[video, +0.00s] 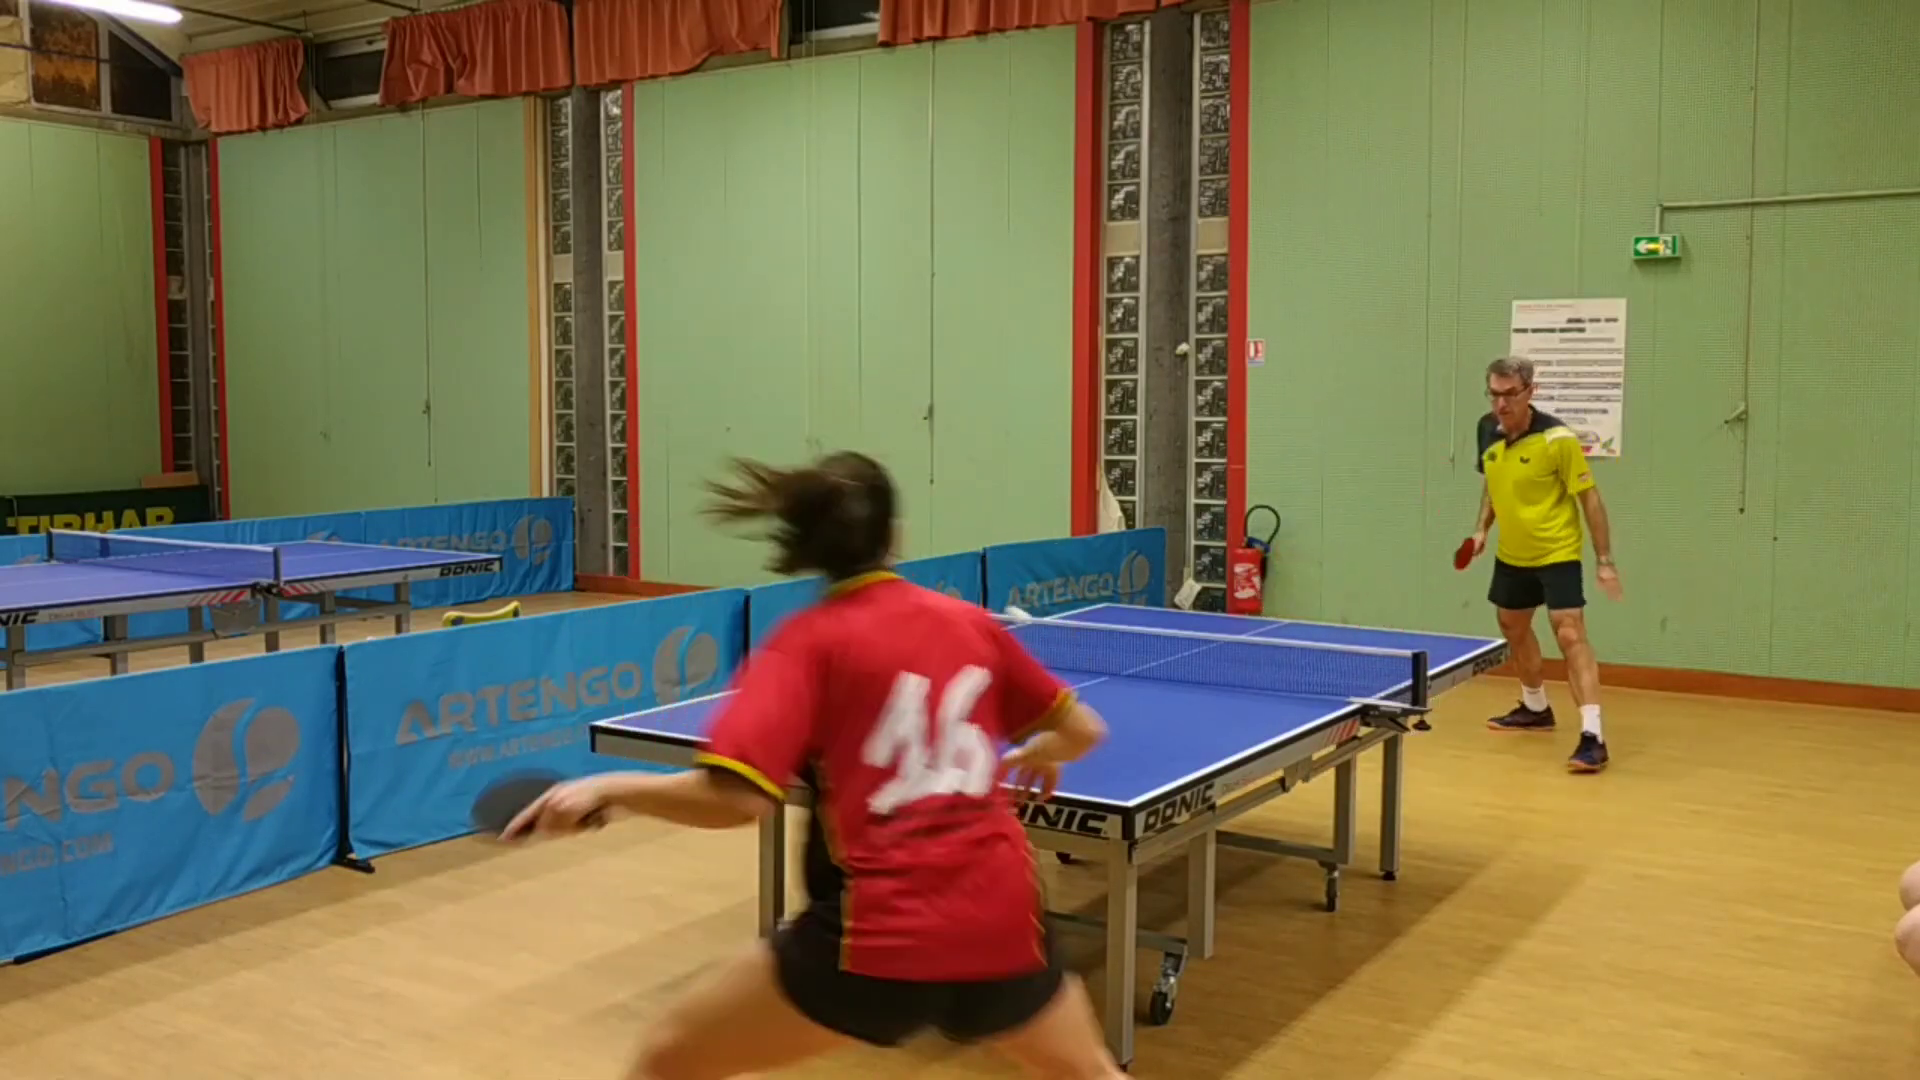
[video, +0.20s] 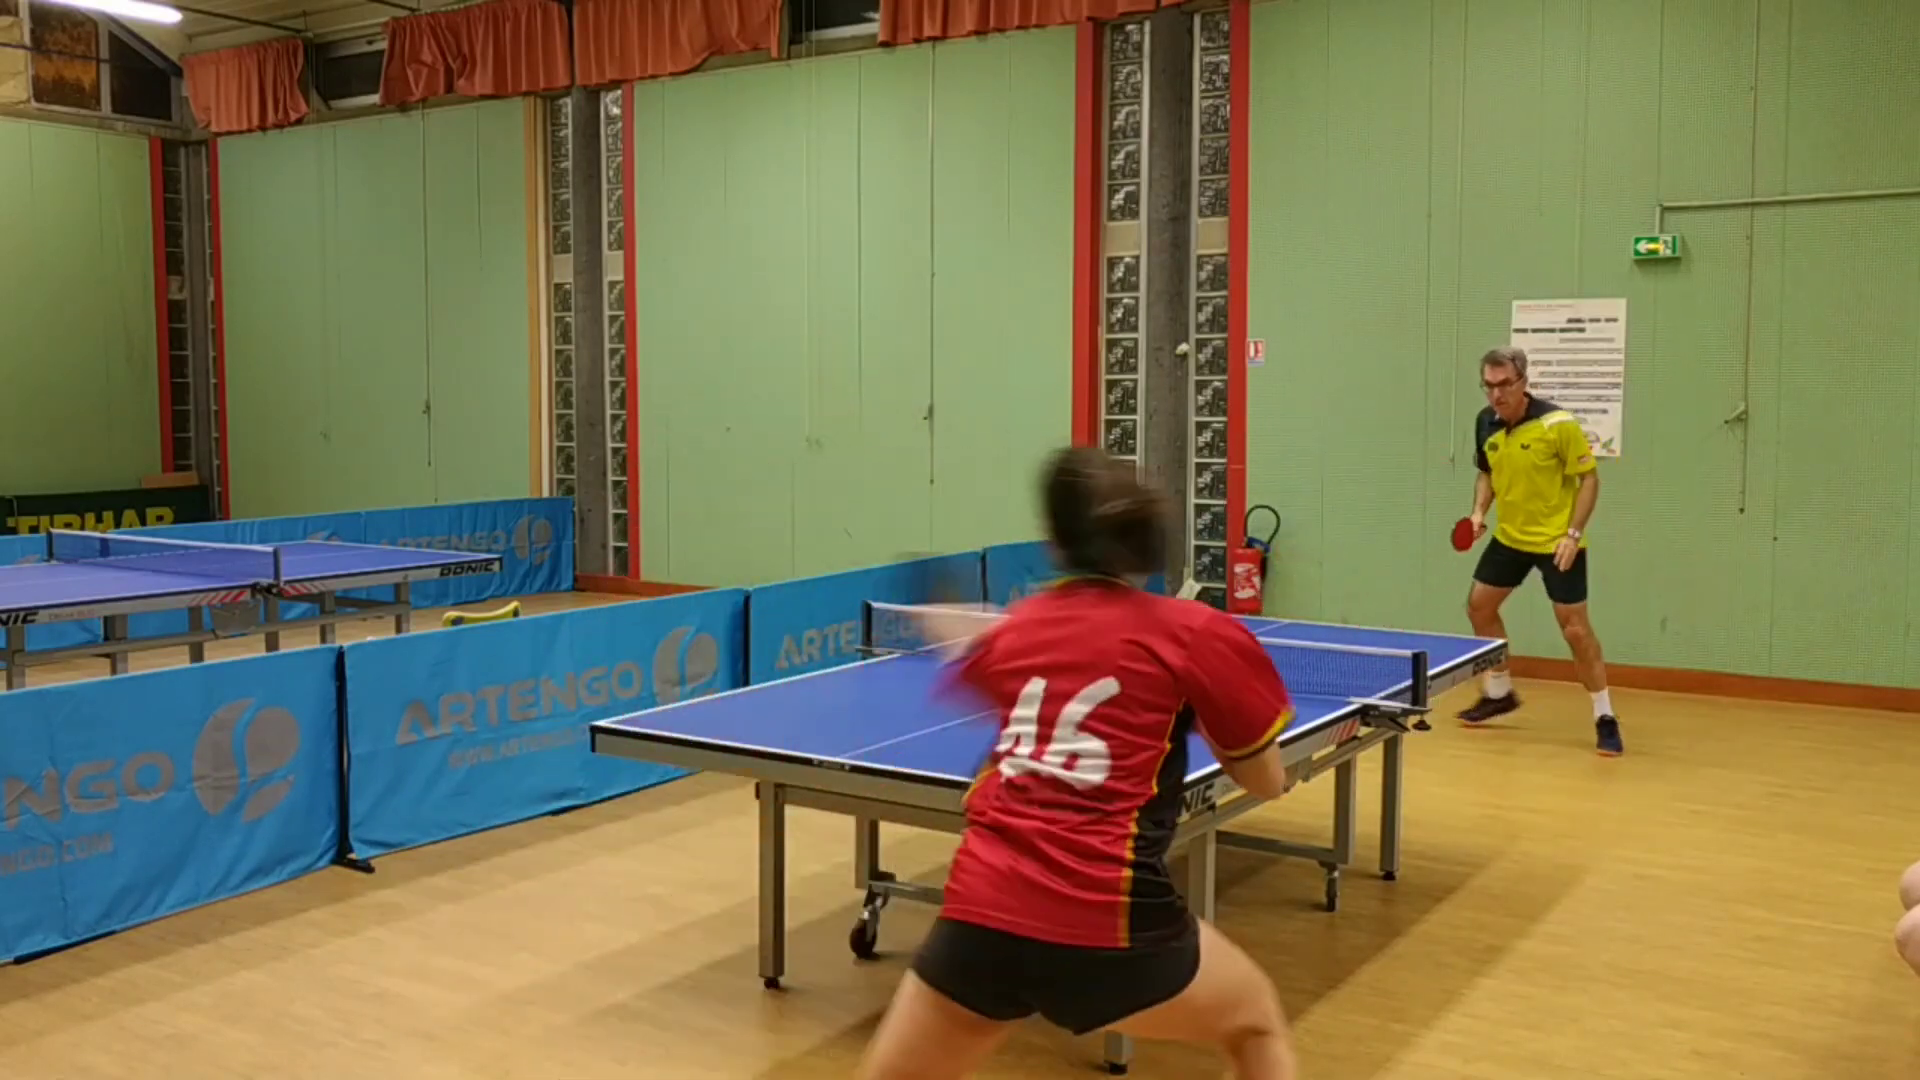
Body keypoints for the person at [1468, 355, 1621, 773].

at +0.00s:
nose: (1500, 404)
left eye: (1509, 395)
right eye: (1494, 395)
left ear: (1530, 393)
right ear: (1489, 395)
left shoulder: (1559, 440)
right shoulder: (1489, 434)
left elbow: (1590, 498)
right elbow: (1492, 486)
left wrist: (1604, 560)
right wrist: (1481, 530)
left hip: (1559, 556)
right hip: (1513, 555)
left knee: (1569, 635)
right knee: (1513, 626)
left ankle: (1592, 735)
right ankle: (1535, 707)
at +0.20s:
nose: (1496, 394)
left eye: (1504, 386)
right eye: (1490, 386)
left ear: (1524, 384)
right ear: (1484, 387)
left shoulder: (1559, 425)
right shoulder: (1486, 424)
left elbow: (1590, 479)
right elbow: (1486, 473)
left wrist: (1574, 534)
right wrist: (1478, 513)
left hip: (1557, 542)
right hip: (1510, 537)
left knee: (1576, 631)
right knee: (1480, 608)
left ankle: (1604, 717)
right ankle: (1499, 693)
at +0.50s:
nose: (1474, 422)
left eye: (1481, 413)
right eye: (1468, 414)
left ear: (1504, 410)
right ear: (1464, 415)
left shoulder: (1543, 450)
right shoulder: (1466, 450)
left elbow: (1569, 505)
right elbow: (1465, 503)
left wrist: (1570, 556)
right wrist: (1444, 550)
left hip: (1541, 558)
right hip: (1486, 553)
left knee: (1570, 641)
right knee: (1445, 617)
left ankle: (1605, 720)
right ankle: (1433, 706)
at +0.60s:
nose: (1458, 412)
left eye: (1464, 403)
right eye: (1453, 404)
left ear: (1492, 400)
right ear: (1452, 405)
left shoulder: (1532, 439)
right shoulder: (1459, 438)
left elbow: (1562, 493)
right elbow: (1444, 489)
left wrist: (1562, 549)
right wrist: (1396, 523)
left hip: (1531, 552)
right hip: (1478, 548)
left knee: (1563, 636)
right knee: (1439, 613)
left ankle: (1604, 719)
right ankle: (1433, 707)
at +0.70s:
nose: (1449, 404)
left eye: (1456, 394)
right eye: (1445, 396)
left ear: (1482, 393)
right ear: (1445, 396)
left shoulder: (1519, 435)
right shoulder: (1445, 432)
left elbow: (1557, 489)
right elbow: (1400, 469)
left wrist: (1551, 549)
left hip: (1523, 551)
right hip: (1473, 547)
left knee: (1557, 635)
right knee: (1436, 615)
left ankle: (1603, 720)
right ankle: (1433, 705)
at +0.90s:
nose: (1455, 400)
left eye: (1463, 391)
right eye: (1450, 392)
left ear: (1487, 390)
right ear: (1447, 395)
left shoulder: (1521, 435)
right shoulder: (1445, 433)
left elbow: (1558, 487)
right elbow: (1409, 469)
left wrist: (1560, 550)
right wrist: (1365, 496)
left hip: (1518, 554)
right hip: (1464, 551)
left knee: (1557, 637)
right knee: (1429, 620)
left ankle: (1598, 718)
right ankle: (1432, 707)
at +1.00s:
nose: (1467, 401)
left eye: (1474, 393)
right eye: (1461, 394)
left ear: (1496, 392)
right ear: (1457, 395)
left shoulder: (1528, 437)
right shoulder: (1456, 433)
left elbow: (1563, 491)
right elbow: (1437, 477)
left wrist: (1574, 553)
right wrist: (1411, 512)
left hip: (1525, 556)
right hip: (1470, 552)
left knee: (1562, 639)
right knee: (1431, 622)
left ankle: (1601, 718)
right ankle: (1432, 706)